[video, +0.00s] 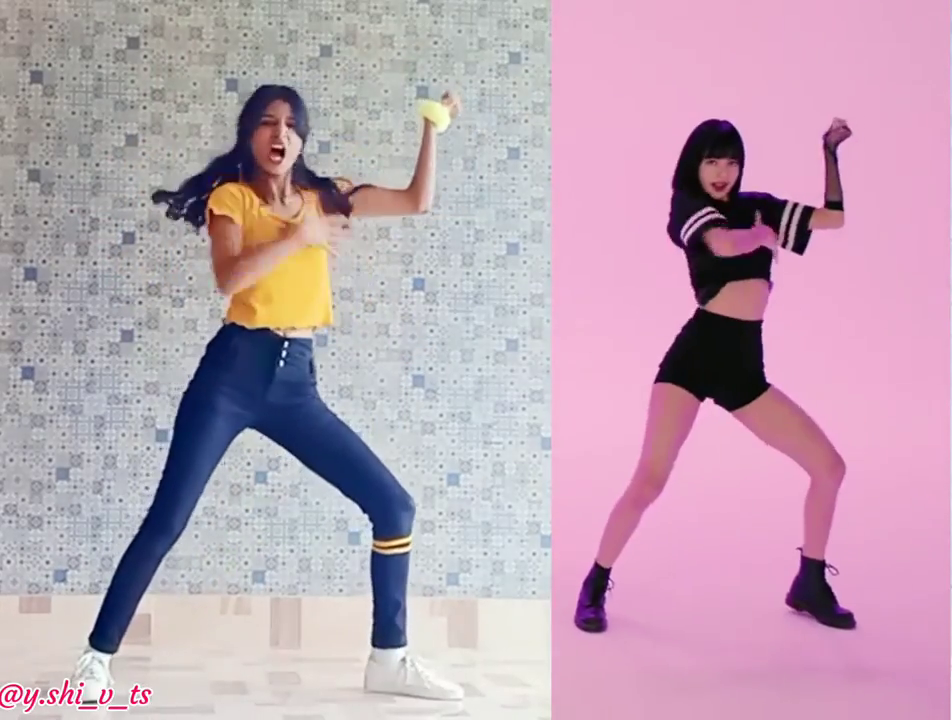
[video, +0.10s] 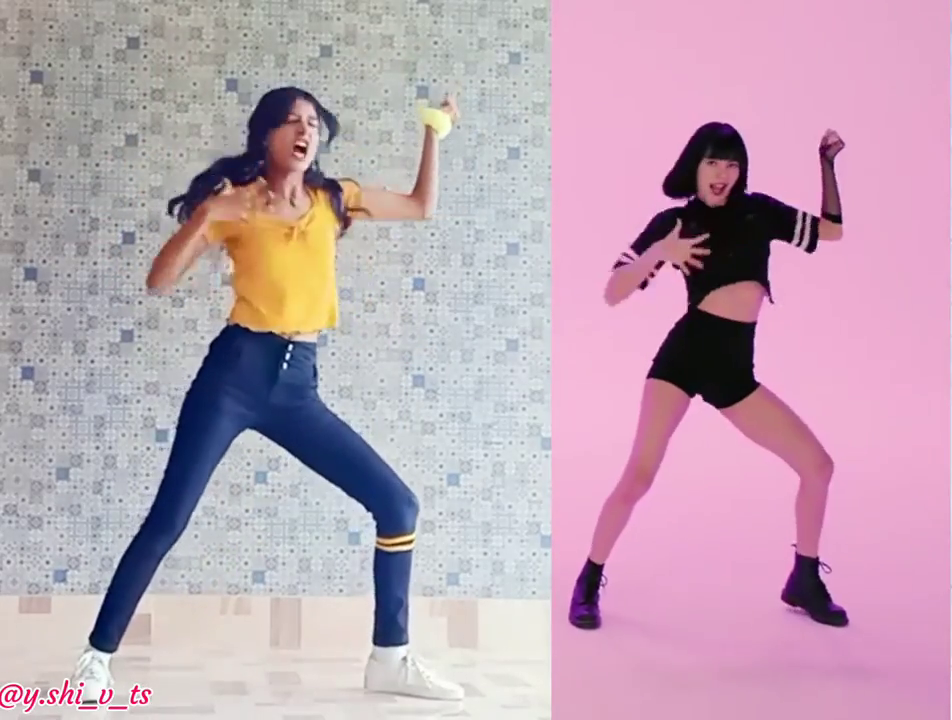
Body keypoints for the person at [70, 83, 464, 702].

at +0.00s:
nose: (280, 134)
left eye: (290, 126)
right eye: (267, 124)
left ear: (303, 138)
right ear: (246, 135)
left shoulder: (321, 197)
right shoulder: (231, 196)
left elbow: (415, 200)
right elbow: (231, 278)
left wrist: (429, 130)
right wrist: (304, 231)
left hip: (294, 387)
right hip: (230, 379)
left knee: (393, 505)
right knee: (166, 522)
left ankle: (389, 660)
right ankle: (95, 661)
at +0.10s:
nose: (305, 134)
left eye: (313, 126)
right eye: (292, 123)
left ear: (321, 142)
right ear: (263, 135)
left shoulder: (333, 198)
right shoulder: (231, 204)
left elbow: (420, 205)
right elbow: (159, 279)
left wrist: (431, 136)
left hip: (296, 388)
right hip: (233, 378)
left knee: (398, 506)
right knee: (166, 523)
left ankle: (390, 659)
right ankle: (95, 662)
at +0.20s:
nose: (297, 131)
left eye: (305, 122)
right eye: (284, 122)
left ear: (316, 136)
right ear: (260, 135)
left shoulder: (331, 194)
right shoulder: (235, 203)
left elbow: (422, 201)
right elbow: (191, 284)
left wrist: (434, 131)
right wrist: (243, 220)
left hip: (295, 387)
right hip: (230, 377)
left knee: (393, 505)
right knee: (165, 523)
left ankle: (390, 659)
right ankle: (95, 661)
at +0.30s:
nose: (288, 127)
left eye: (298, 120)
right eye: (276, 118)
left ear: (311, 135)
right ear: (255, 133)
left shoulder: (324, 191)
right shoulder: (239, 197)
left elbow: (418, 192)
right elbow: (232, 284)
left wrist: (428, 119)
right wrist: (289, 228)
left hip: (292, 386)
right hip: (228, 376)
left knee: (389, 506)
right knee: (163, 522)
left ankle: (389, 660)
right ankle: (95, 661)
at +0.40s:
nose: (277, 127)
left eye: (288, 118)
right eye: (264, 117)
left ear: (302, 132)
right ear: (247, 131)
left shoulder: (321, 188)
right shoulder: (233, 195)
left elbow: (412, 185)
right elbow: (213, 290)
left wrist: (425, 108)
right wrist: (295, 257)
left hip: (291, 382)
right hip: (226, 373)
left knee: (385, 505)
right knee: (162, 520)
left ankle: (389, 660)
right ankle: (95, 662)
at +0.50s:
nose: (261, 127)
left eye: (274, 117)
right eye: (250, 116)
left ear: (291, 129)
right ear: (236, 126)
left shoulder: (315, 184)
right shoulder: (217, 196)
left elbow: (408, 176)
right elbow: (174, 292)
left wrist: (428, 102)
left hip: (289, 377)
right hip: (223, 370)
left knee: (382, 502)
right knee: (160, 517)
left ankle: (390, 658)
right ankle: (95, 661)